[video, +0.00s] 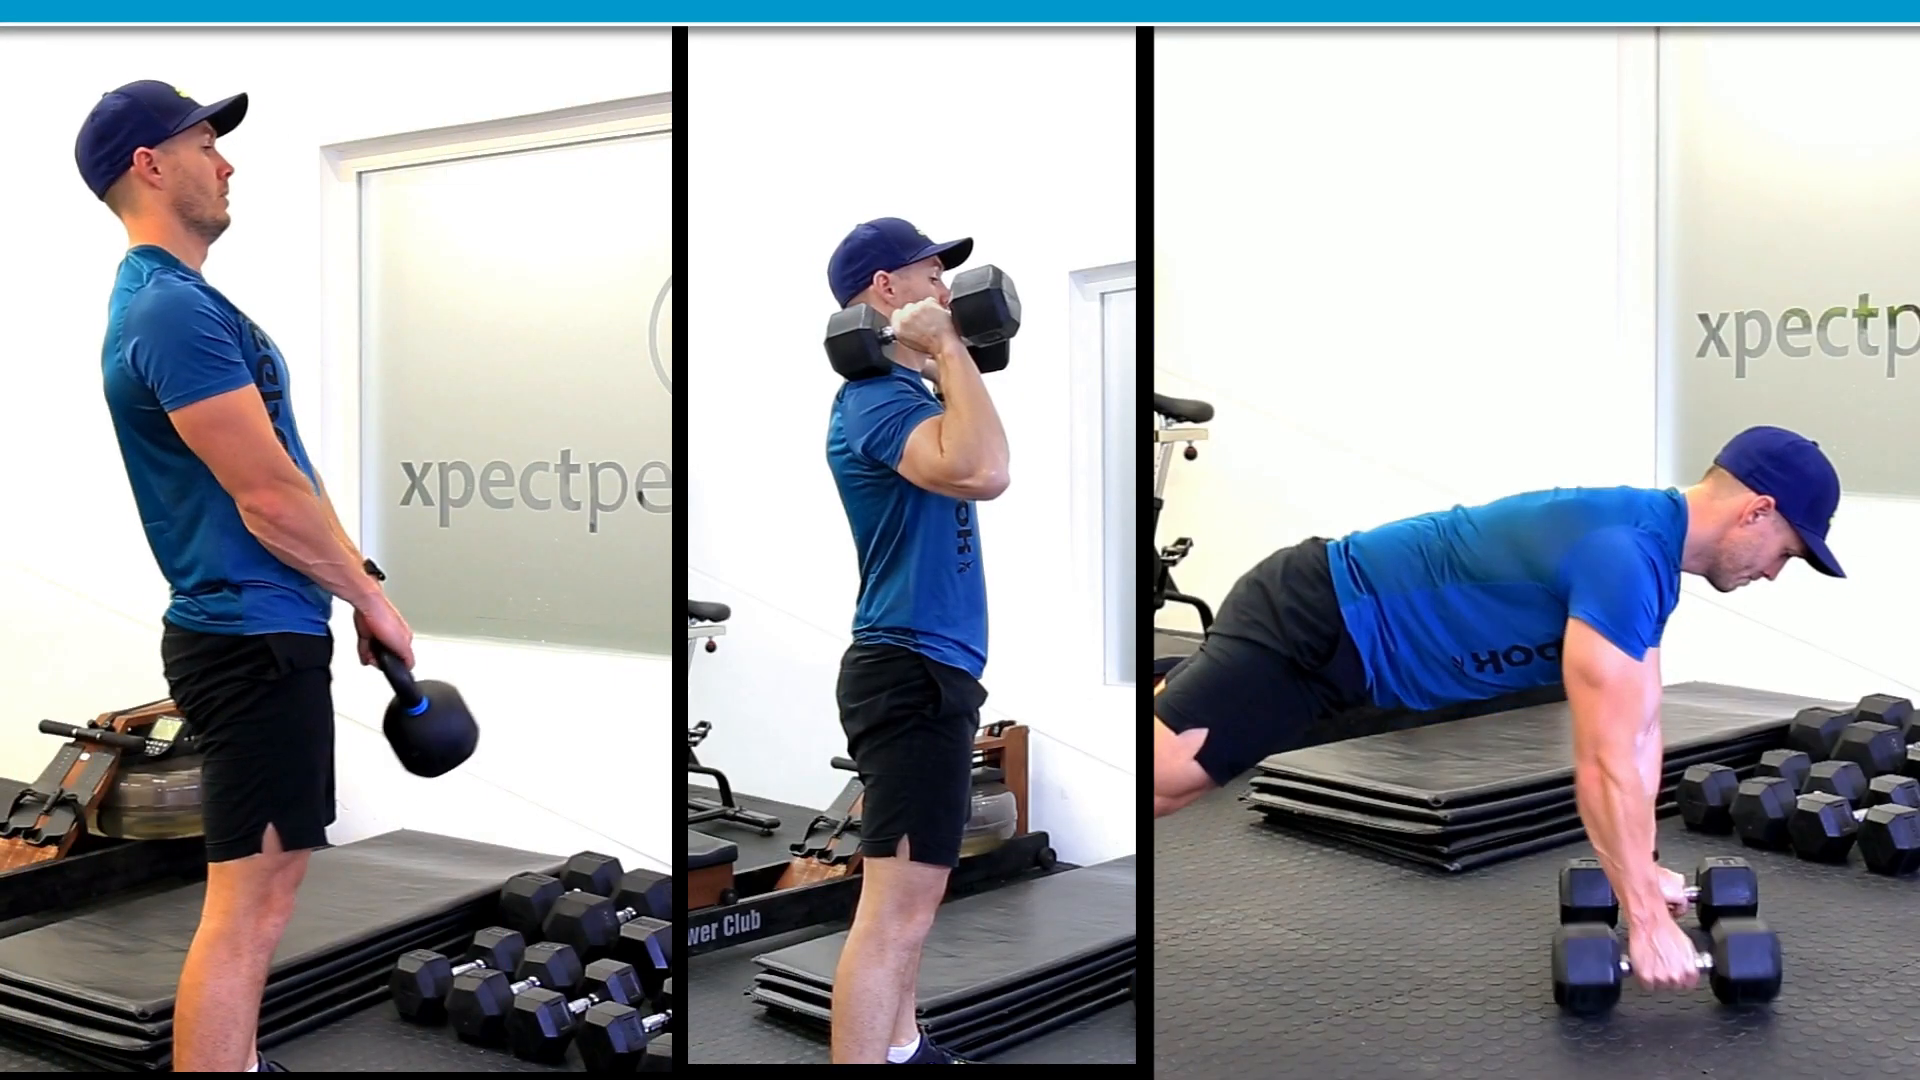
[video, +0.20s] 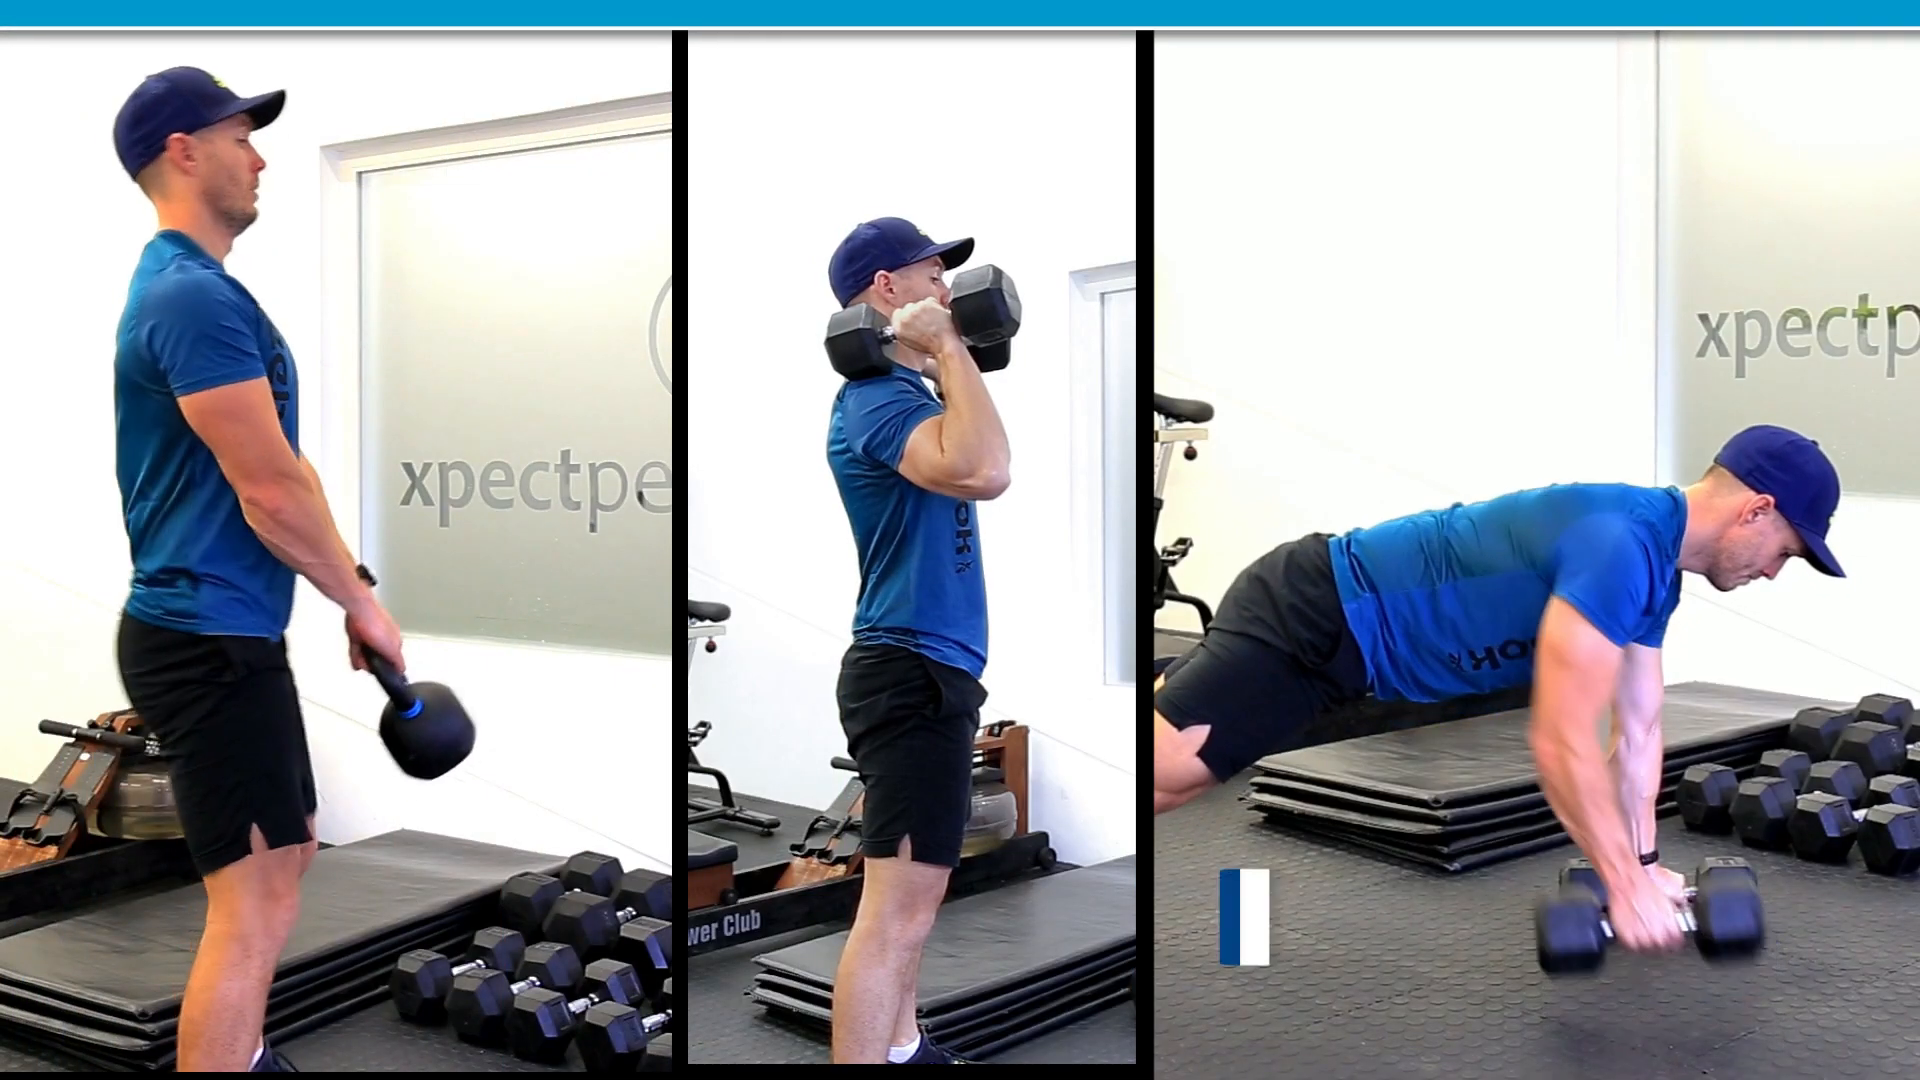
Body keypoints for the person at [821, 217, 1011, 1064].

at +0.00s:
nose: (947, 283)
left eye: (942, 270)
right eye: (933, 271)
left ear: (884, 291)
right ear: (886, 287)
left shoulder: (901, 397)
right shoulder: (871, 401)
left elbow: (986, 472)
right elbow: (977, 468)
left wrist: (948, 354)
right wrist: (946, 347)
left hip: (934, 675)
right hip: (908, 675)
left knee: (912, 903)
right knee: (895, 914)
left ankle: (899, 1048)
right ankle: (862, 1063)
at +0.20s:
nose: (947, 284)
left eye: (943, 270)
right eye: (935, 271)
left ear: (885, 291)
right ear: (887, 286)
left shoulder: (903, 397)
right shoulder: (871, 402)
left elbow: (988, 471)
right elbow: (977, 468)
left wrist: (949, 355)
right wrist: (946, 348)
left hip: (935, 675)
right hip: (908, 676)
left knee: (914, 903)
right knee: (895, 915)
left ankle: (899, 1047)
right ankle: (862, 1063)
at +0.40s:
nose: (949, 284)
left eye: (944, 270)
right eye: (936, 271)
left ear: (886, 290)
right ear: (888, 286)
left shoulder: (905, 396)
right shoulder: (872, 400)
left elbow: (989, 472)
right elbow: (977, 466)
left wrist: (952, 354)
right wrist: (947, 346)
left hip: (935, 675)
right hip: (907, 675)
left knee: (917, 899)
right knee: (898, 910)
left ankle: (900, 1047)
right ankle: (863, 1062)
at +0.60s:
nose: (953, 282)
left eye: (949, 268)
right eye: (940, 269)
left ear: (889, 288)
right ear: (891, 284)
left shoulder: (900, 394)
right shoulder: (876, 396)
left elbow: (993, 471)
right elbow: (980, 465)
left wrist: (954, 351)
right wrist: (950, 344)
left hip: (915, 673)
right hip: (900, 677)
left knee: (909, 900)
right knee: (912, 908)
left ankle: (899, 1047)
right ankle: (869, 1062)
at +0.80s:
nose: (957, 282)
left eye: (952, 268)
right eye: (943, 270)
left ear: (896, 289)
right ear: (896, 286)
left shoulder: (908, 396)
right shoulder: (878, 400)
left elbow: (994, 471)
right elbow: (986, 469)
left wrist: (960, 352)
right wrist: (955, 348)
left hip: (911, 677)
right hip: (881, 680)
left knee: (937, 886)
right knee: (917, 914)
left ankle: (899, 1042)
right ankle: (873, 1061)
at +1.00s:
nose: (966, 316)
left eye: (963, 300)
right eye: (951, 301)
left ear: (903, 316)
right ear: (904, 311)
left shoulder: (909, 415)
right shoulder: (885, 419)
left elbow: (995, 487)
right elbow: (1000, 489)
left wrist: (969, 369)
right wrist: (960, 367)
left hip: (893, 698)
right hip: (850, 701)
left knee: (961, 862)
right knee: (934, 928)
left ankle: (896, 1029)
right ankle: (880, 1057)